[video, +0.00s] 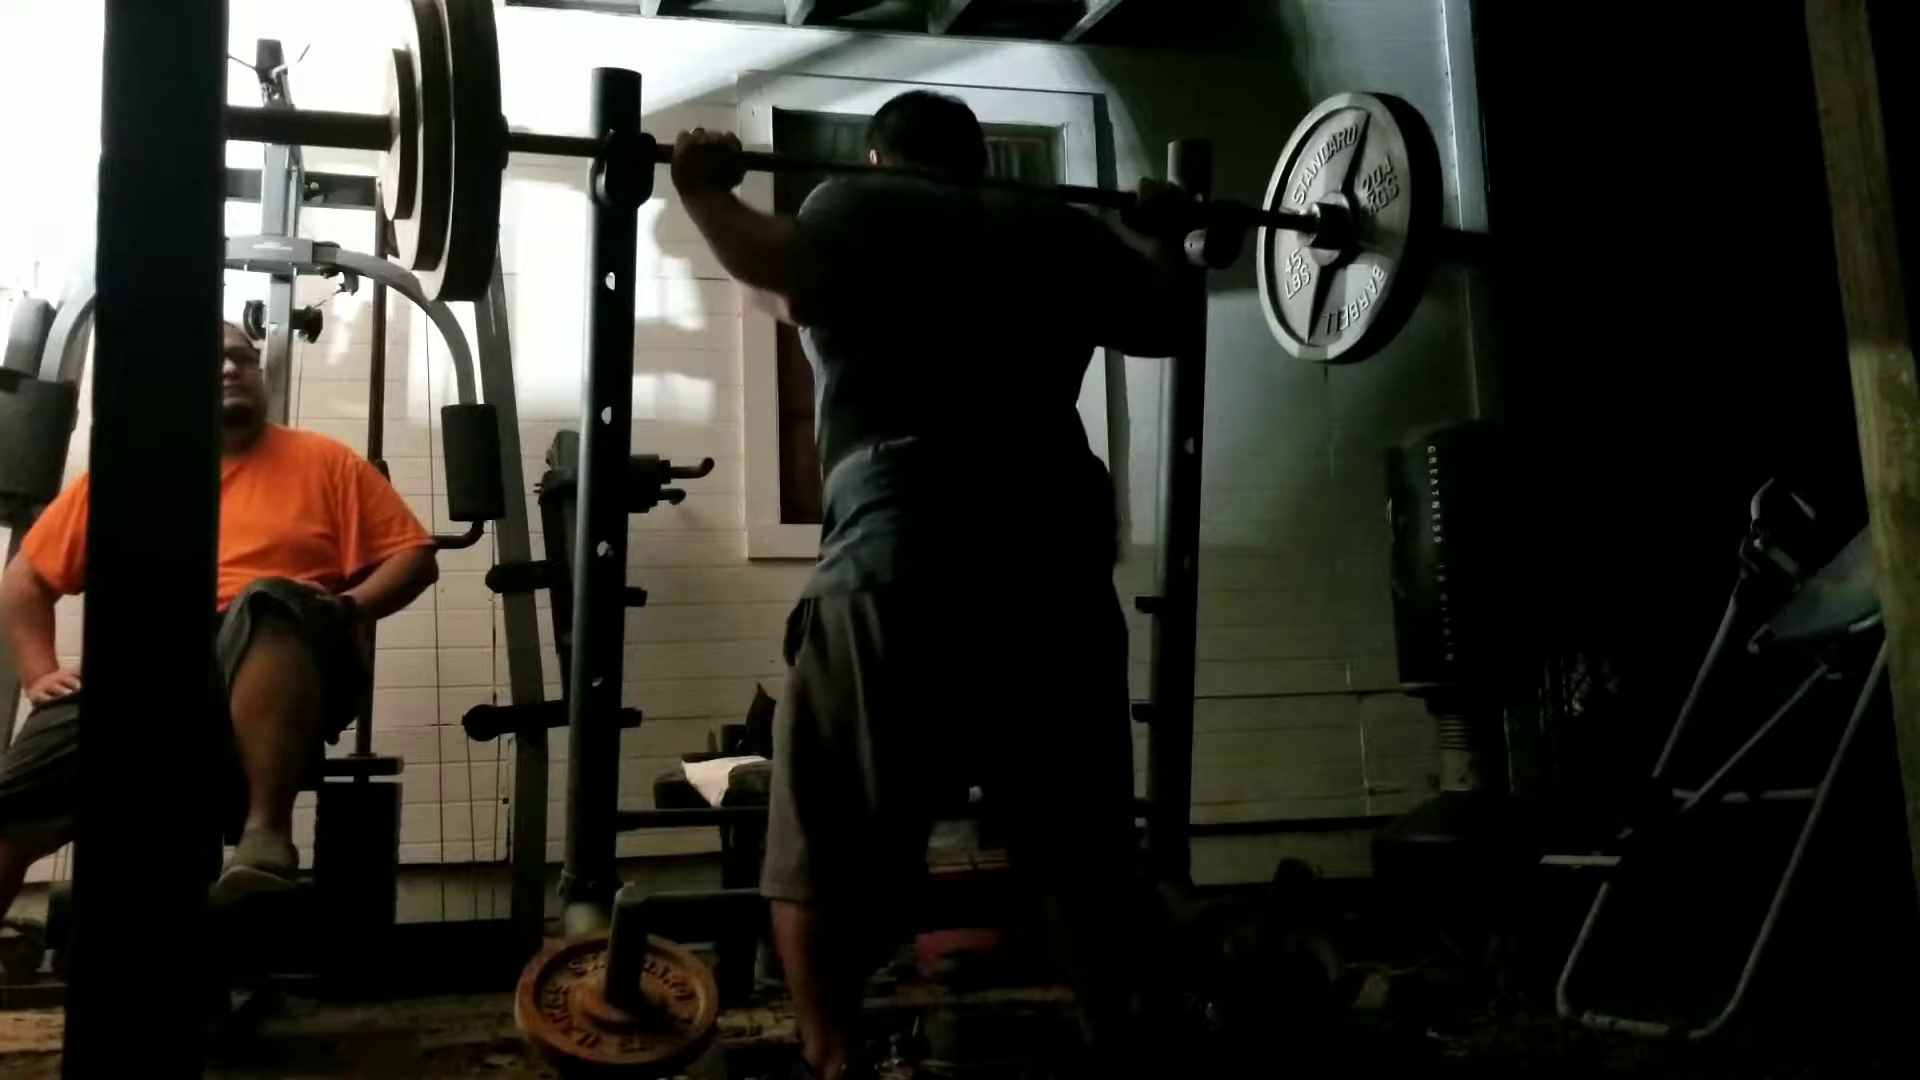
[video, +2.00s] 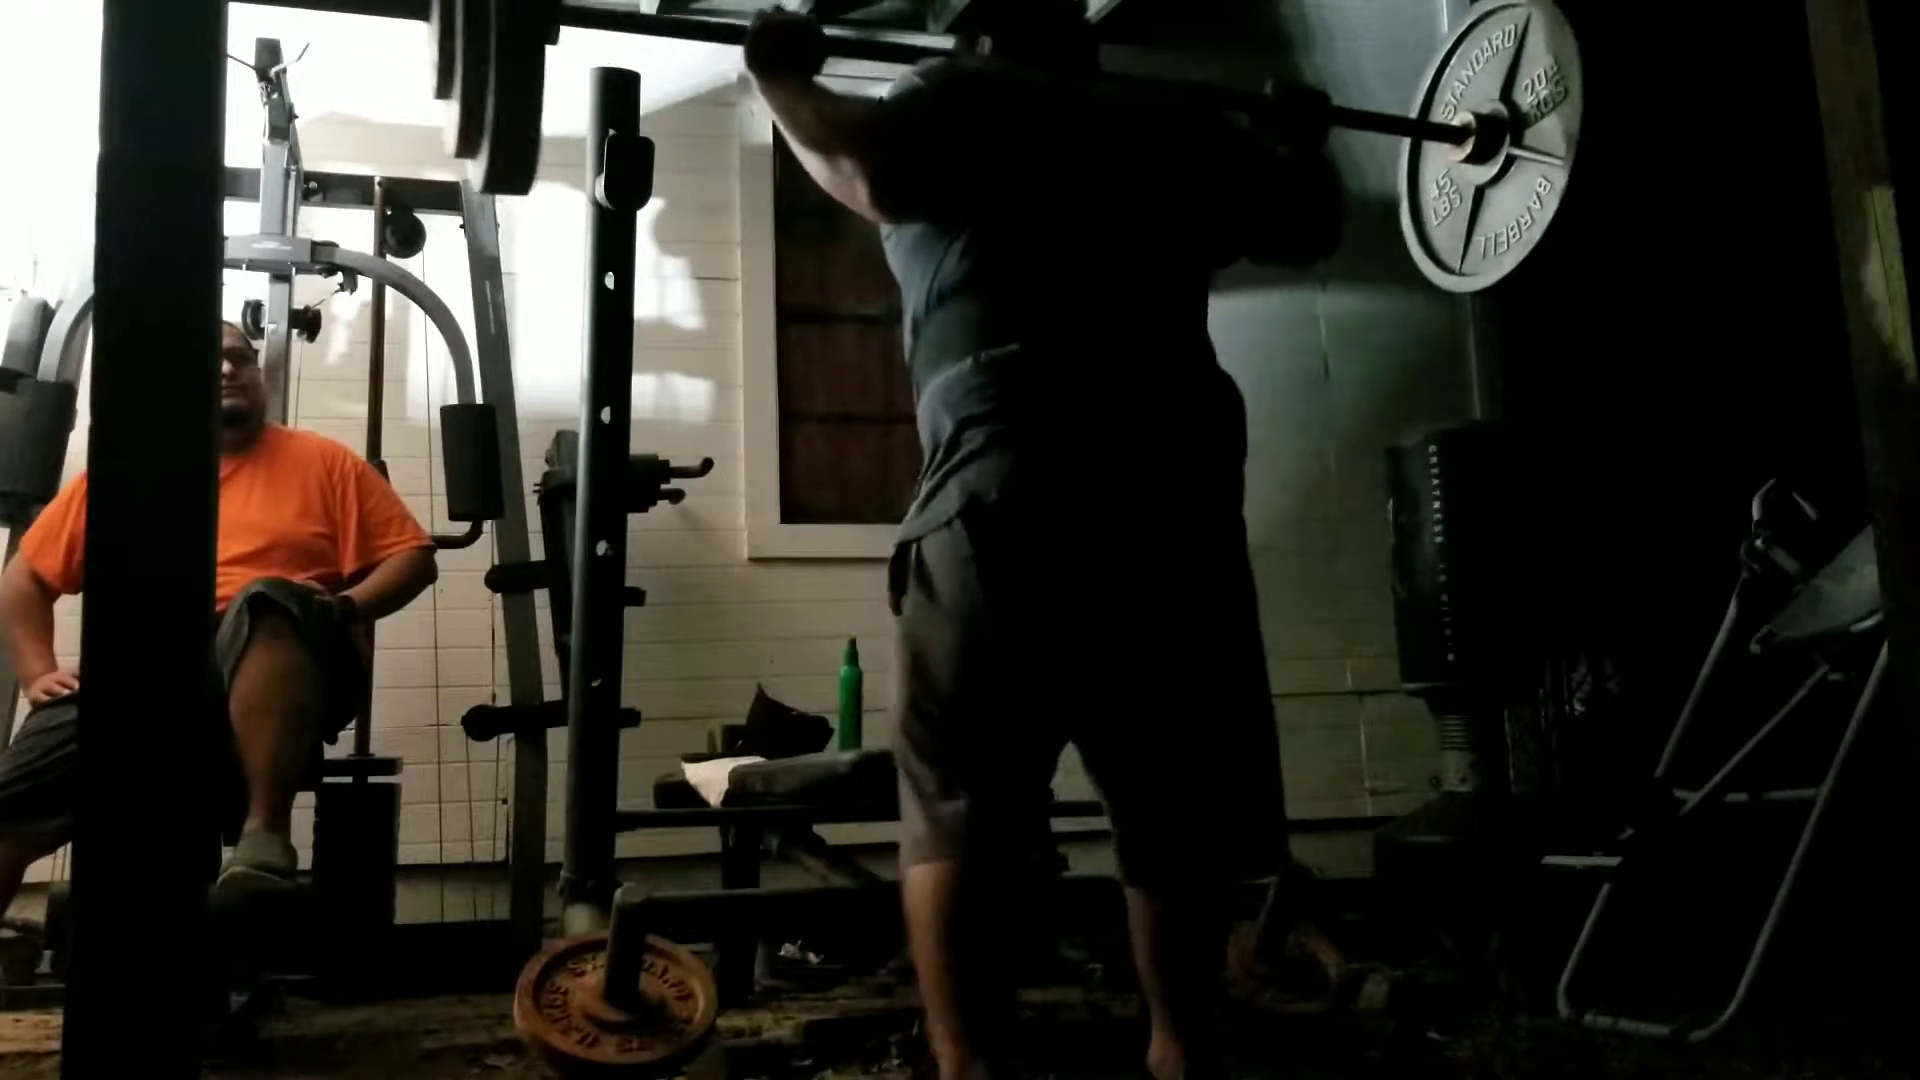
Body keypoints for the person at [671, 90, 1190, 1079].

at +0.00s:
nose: (861, 174)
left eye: (867, 159)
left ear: (876, 158)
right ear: (984, 162)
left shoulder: (848, 210)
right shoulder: (1057, 232)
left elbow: (777, 267)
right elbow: (1175, 320)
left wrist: (705, 188)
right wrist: (1161, 234)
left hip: (894, 558)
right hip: (1056, 558)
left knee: (823, 828)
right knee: (1083, 831)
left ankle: (829, 1055)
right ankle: (1123, 1040)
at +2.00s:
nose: (966, 44)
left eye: (969, 32)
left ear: (975, 42)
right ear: (1086, 41)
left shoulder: (937, 111)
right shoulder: (1171, 133)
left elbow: (857, 166)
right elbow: (1310, 228)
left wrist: (776, 70)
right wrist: (1302, 138)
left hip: (1000, 493)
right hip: (1176, 494)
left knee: (955, 804)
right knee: (1178, 809)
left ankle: (958, 1056)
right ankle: (1179, 1053)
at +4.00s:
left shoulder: (952, 58)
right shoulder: (1206, 76)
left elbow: (854, 143)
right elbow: (1348, 168)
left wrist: (758, 43)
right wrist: (1331, 75)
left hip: (1012, 479)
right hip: (1211, 475)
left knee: (955, 854)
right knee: (1253, 834)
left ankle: (956, 1069)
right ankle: (1285, 1063)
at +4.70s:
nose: (977, 165)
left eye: (975, 150)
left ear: (980, 151)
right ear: (1107, 147)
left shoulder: (950, 215)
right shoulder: (1200, 220)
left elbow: (847, 288)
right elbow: (1346, 300)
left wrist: (768, 204)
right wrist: (1324, 204)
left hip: (1036, 563)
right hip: (1248, 559)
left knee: (904, 846)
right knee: (1237, 836)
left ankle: (935, 1062)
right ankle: (1281, 1058)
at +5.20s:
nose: (978, 327)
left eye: (982, 312)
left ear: (992, 320)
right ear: (1112, 314)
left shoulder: (960, 389)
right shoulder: (1212, 380)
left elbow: (849, 467)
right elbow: (1374, 463)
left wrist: (784, 392)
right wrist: (1340, 375)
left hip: (1060, 731)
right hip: (1289, 715)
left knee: (876, 845)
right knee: (1275, 884)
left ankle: (928, 1062)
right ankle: (1291, 1060)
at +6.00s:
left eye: (945, 247)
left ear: (960, 247)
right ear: (1092, 241)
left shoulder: (943, 308)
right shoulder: (1182, 301)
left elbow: (826, 367)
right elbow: (1356, 360)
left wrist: (767, 299)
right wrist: (1289, 279)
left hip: (1057, 620)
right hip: (1274, 608)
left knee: (877, 848)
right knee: (1256, 828)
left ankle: (924, 1062)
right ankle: (1284, 1058)